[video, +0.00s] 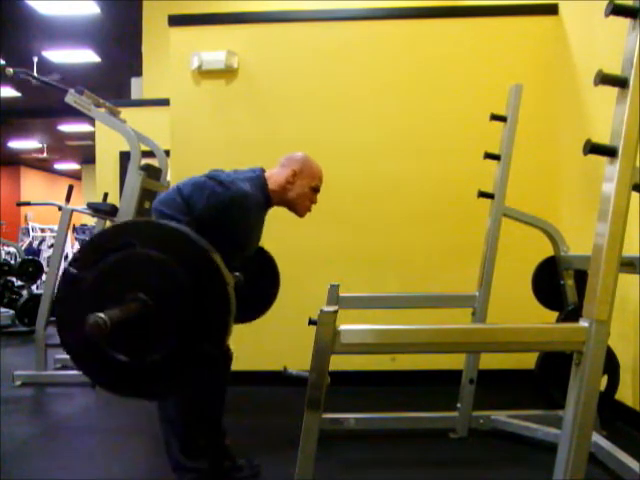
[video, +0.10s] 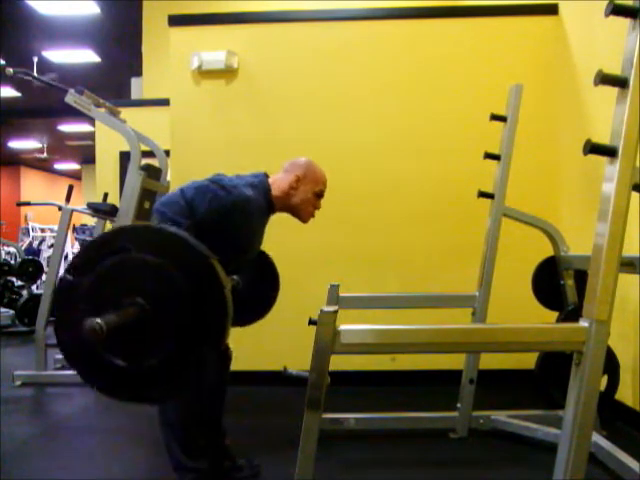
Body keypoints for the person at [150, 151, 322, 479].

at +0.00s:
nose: (315, 201)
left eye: (317, 193)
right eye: (313, 190)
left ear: (290, 178)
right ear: (290, 177)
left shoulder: (252, 202)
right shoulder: (238, 196)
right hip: (167, 293)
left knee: (210, 365)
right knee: (196, 369)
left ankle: (205, 455)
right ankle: (196, 461)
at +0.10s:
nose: (319, 206)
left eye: (321, 198)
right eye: (317, 195)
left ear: (294, 184)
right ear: (294, 183)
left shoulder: (255, 209)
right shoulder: (239, 197)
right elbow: (167, 212)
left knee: (214, 364)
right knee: (190, 373)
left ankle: (210, 456)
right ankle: (196, 463)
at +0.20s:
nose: (313, 204)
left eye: (316, 196)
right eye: (312, 193)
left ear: (288, 182)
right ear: (290, 181)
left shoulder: (251, 207)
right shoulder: (236, 200)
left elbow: (219, 258)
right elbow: (170, 245)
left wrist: (227, 287)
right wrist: (213, 286)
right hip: (173, 300)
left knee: (206, 380)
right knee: (193, 382)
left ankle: (206, 456)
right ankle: (196, 462)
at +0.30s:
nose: (308, 202)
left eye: (310, 194)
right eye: (306, 192)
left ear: (280, 181)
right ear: (282, 181)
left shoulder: (247, 208)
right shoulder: (232, 202)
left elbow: (218, 264)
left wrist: (230, 301)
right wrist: (226, 305)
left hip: (174, 280)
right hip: (156, 279)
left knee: (211, 355)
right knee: (205, 356)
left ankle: (200, 453)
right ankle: (202, 454)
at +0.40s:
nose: (307, 204)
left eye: (309, 196)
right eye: (304, 194)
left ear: (277, 186)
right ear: (279, 185)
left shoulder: (245, 216)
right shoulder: (224, 209)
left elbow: (224, 276)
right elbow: (187, 277)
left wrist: (231, 321)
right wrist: (211, 330)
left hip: (173, 287)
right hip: (149, 286)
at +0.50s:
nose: (310, 209)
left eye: (311, 201)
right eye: (307, 199)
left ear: (282, 191)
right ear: (282, 191)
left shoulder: (247, 224)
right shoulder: (228, 219)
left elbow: (231, 292)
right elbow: (198, 296)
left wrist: (233, 339)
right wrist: (213, 354)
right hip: (148, 285)